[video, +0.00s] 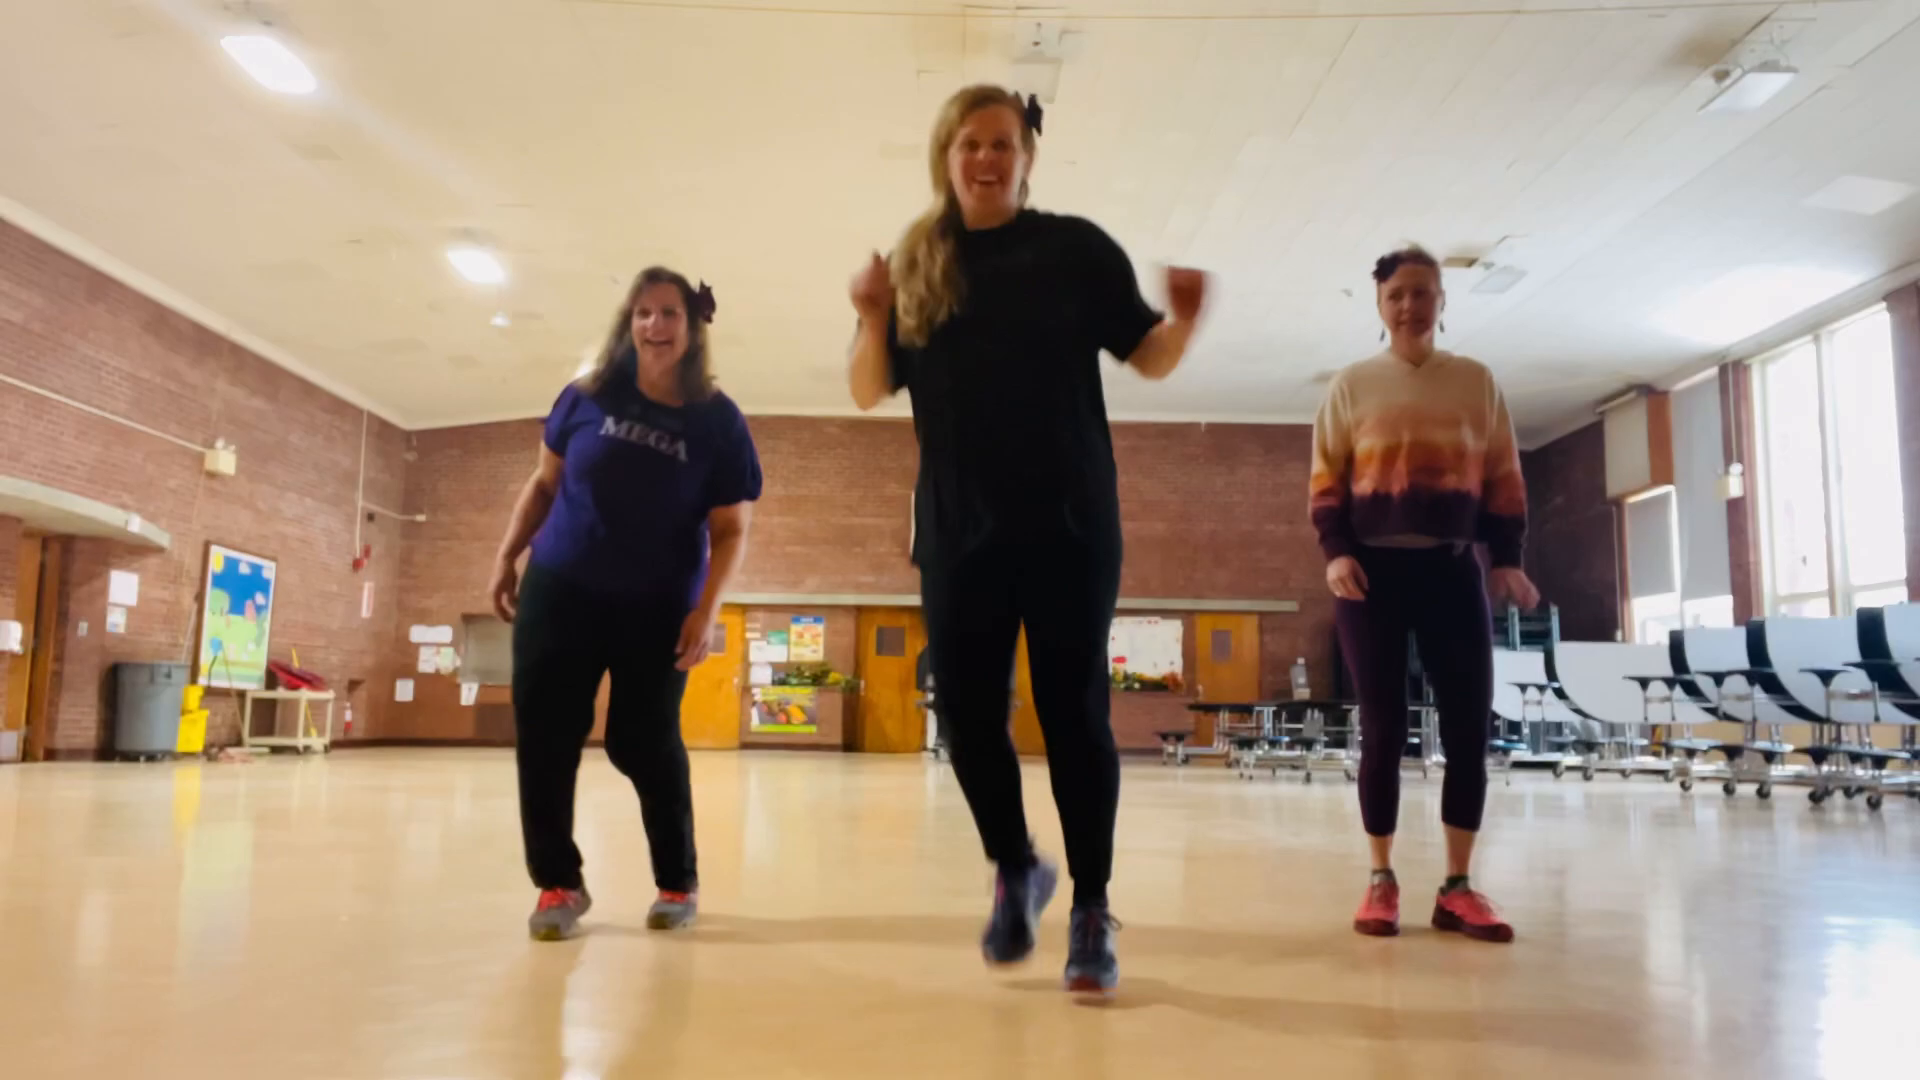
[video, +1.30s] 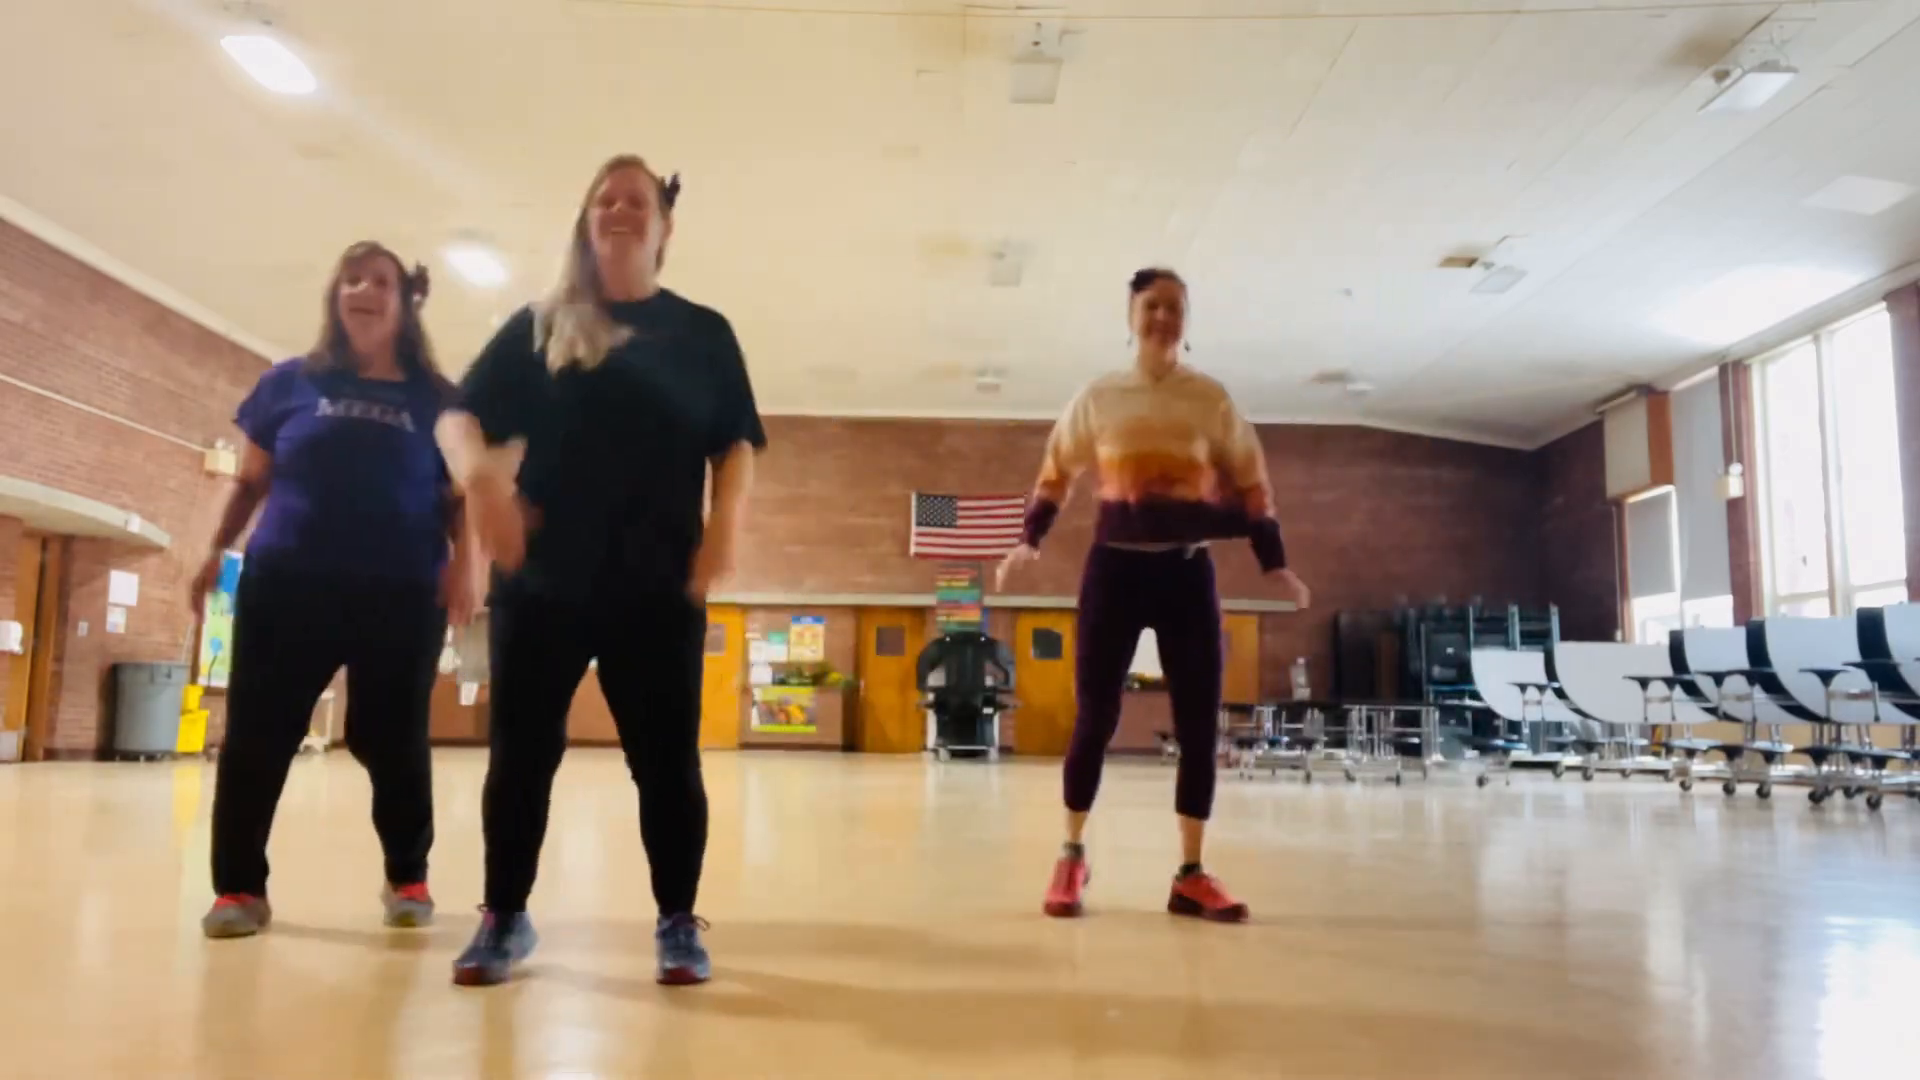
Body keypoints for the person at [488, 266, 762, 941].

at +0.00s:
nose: (655, 324)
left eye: (669, 314)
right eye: (644, 313)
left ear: (694, 327)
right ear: (627, 323)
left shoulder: (716, 419)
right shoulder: (585, 395)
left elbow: (729, 529)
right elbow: (545, 483)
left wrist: (705, 611)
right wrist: (507, 557)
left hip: (654, 606)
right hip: (562, 591)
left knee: (646, 744)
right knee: (544, 739)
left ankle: (677, 884)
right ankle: (558, 885)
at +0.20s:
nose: (630, 317)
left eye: (646, 307)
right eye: (619, 306)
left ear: (673, 320)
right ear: (605, 316)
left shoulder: (698, 413)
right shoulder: (568, 386)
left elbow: (710, 525)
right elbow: (526, 476)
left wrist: (692, 614)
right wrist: (487, 557)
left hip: (640, 599)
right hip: (543, 582)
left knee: (640, 738)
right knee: (490, 709)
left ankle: (679, 885)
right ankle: (466, 871)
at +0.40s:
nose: (560, 320)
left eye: (574, 308)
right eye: (548, 309)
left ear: (601, 319)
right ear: (531, 322)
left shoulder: (635, 410)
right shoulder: (500, 398)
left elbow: (672, 515)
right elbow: (470, 492)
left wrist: (685, 603)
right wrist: (443, 575)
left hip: (606, 598)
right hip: (501, 590)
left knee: (621, 742)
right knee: (444, 730)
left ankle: (678, 882)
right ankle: (406, 896)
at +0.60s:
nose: (479, 302)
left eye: (493, 290)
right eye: (466, 290)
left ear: (520, 303)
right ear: (449, 304)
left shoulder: (559, 390)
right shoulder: (420, 392)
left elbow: (597, 492)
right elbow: (390, 491)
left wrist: (618, 575)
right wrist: (366, 578)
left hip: (545, 592)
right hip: (438, 589)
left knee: (551, 737)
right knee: (405, 742)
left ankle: (578, 849)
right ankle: (402, 900)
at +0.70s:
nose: (454, 297)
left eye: (469, 285)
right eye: (441, 286)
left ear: (498, 297)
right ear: (427, 300)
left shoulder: (538, 386)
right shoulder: (397, 391)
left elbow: (574, 487)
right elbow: (372, 492)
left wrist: (568, 573)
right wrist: (348, 580)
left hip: (511, 595)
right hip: (412, 591)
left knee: (490, 740)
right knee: (395, 747)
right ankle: (399, 898)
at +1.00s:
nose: (441, 293)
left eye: (459, 286)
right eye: (433, 281)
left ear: (489, 306)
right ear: (417, 295)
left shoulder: (507, 403)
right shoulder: (368, 375)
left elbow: (521, 505)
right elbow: (326, 462)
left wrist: (493, 574)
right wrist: (293, 540)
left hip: (443, 594)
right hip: (345, 574)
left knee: (414, 737)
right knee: (316, 718)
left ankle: (408, 880)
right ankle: (328, 875)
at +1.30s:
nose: (364, 290)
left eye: (379, 282)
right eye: (352, 280)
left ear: (405, 303)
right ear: (332, 297)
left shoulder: (436, 397)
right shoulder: (287, 382)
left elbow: (458, 492)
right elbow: (249, 482)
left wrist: (465, 565)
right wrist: (214, 555)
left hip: (396, 594)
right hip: (288, 586)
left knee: (395, 740)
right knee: (256, 738)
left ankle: (408, 878)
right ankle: (240, 891)